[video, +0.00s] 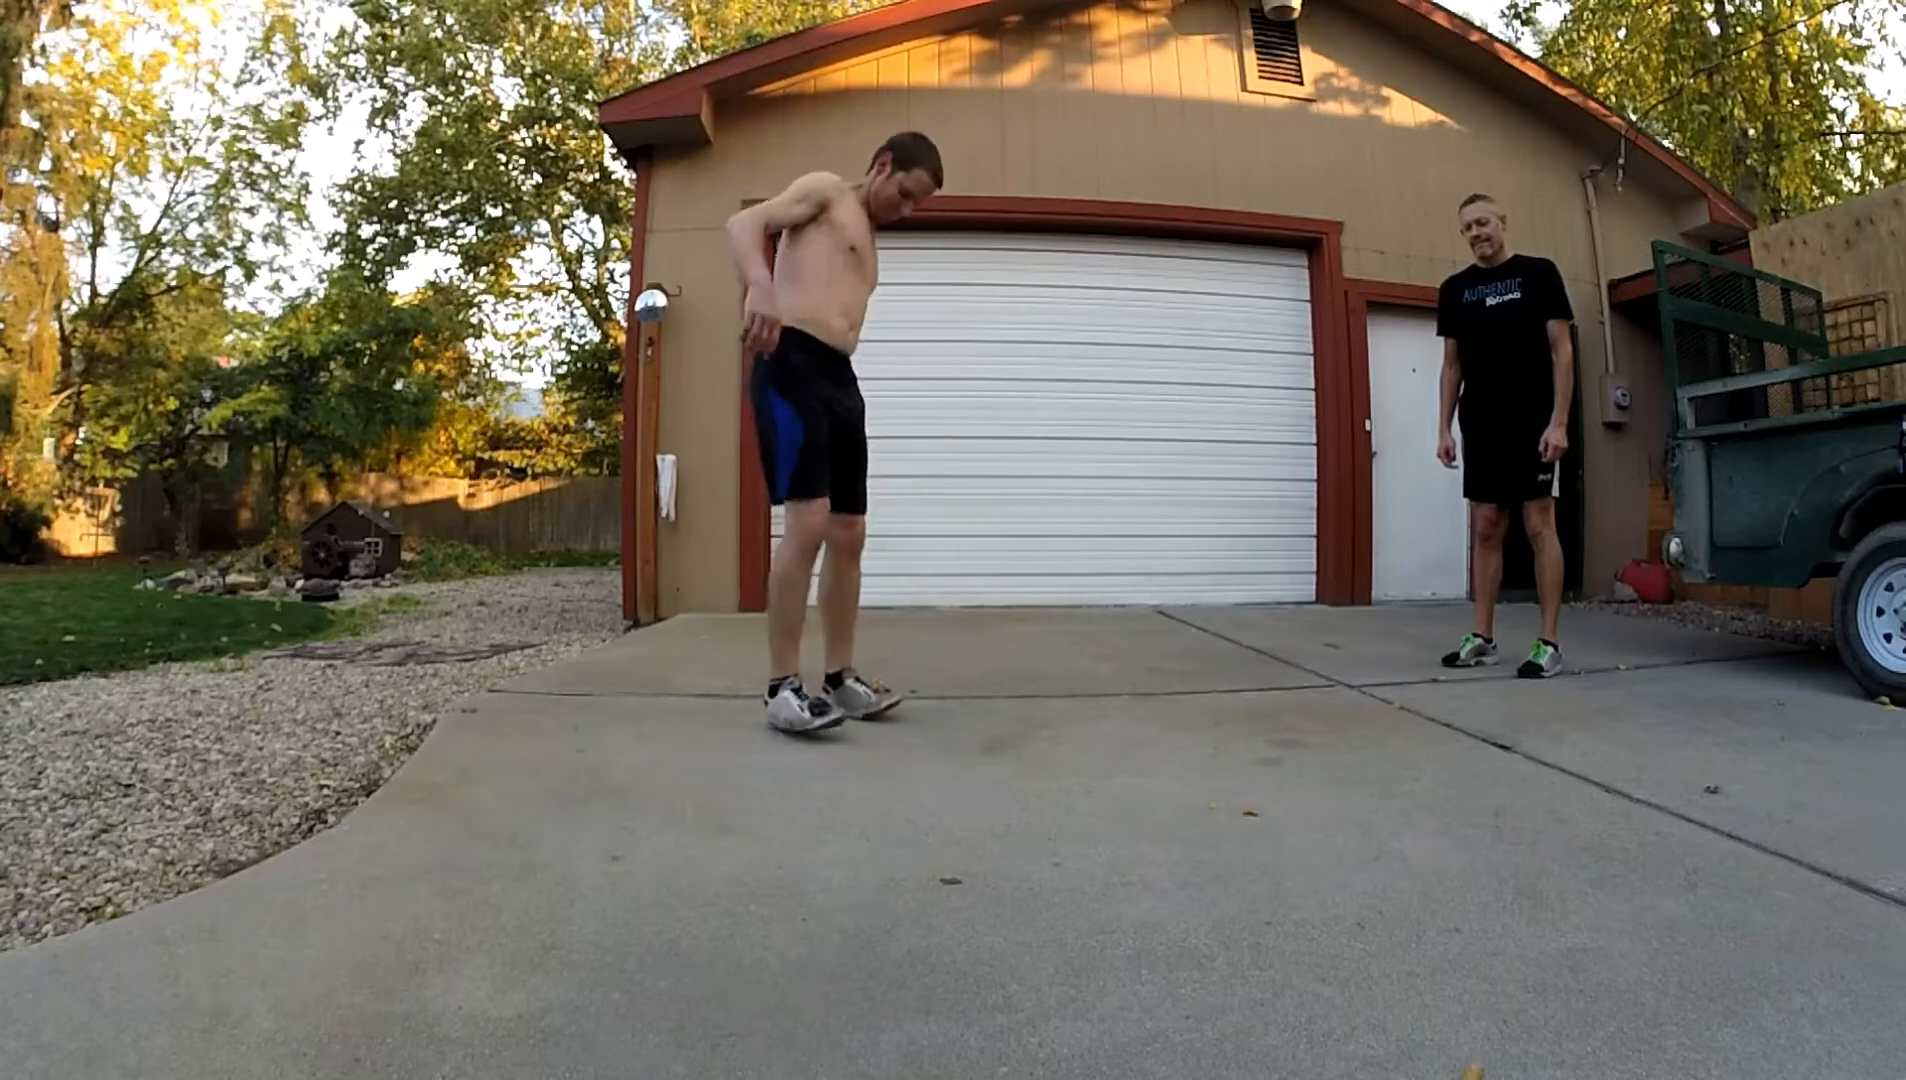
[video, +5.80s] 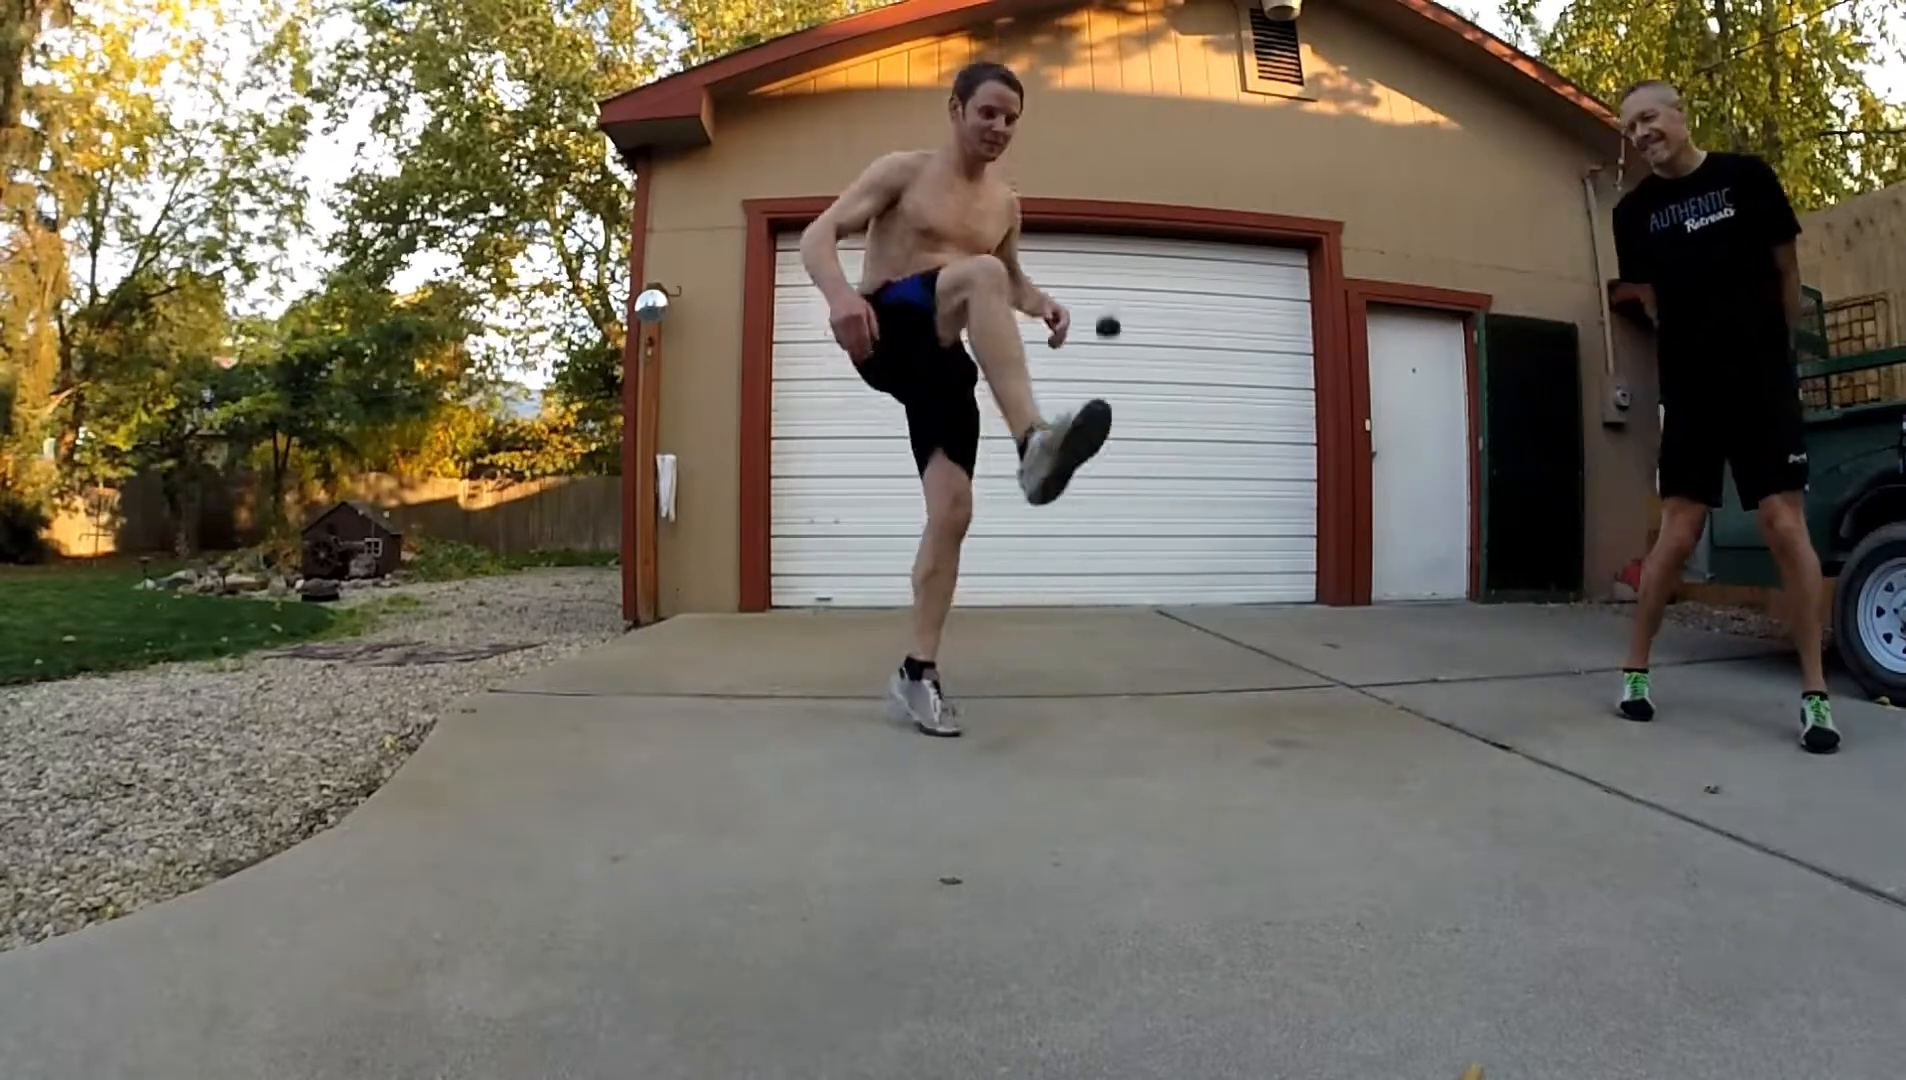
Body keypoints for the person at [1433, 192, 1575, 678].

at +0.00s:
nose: (1477, 232)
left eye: (1483, 223)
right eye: (1469, 227)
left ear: (1503, 224)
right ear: (1462, 236)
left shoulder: (1539, 273)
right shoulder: (1455, 290)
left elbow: (1562, 349)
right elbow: (1452, 363)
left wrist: (1559, 422)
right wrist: (1445, 428)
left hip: (1534, 420)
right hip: (1482, 423)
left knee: (1539, 527)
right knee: (1486, 528)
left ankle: (1549, 641)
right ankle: (1482, 636)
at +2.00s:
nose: (1473, 230)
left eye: (1480, 221)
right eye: (1465, 225)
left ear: (1501, 223)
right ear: (1459, 235)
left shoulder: (1536, 273)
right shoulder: (1453, 290)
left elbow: (1560, 350)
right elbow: (1451, 364)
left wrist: (1556, 421)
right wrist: (1444, 428)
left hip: (1532, 420)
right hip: (1481, 423)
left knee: (1537, 527)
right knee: (1485, 529)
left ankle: (1548, 641)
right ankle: (1481, 636)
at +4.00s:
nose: (1556, 209)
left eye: (1565, 199)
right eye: (1547, 201)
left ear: (1586, 202)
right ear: (1537, 207)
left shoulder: (1614, 262)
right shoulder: (1515, 261)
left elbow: (1622, 336)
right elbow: (1507, 335)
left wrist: (1616, 388)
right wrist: (1524, 377)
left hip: (1592, 404)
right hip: (1537, 403)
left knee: (1581, 523)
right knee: (1536, 520)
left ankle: (1573, 648)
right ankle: (1506, 625)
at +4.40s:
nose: (1571, 200)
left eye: (1579, 189)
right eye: (1561, 193)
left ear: (1600, 191)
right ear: (1552, 201)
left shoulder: (1632, 257)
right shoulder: (1533, 253)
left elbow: (1635, 338)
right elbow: (1520, 339)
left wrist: (1617, 378)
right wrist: (1550, 380)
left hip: (1614, 397)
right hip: (1558, 399)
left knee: (1598, 527)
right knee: (1588, 520)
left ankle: (1576, 650)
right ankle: (1608, 655)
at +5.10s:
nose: (1583, 159)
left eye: (1590, 145)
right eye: (1571, 153)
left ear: (1618, 141)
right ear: (1565, 163)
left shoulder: (1666, 204)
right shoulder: (1558, 226)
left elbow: (1680, 284)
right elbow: (1557, 319)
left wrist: (1645, 337)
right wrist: (1597, 356)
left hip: (1668, 377)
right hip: (1608, 386)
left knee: (1687, 524)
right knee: (1635, 522)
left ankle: (1649, 646)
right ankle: (1630, 670)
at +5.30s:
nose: (1585, 148)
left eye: (1591, 135)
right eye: (1574, 144)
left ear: (1621, 132)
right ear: (1569, 156)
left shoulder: (1677, 200)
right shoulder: (1563, 221)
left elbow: (1696, 288)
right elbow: (1568, 315)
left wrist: (1667, 341)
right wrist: (1612, 349)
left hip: (1682, 376)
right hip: (1617, 385)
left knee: (1723, 524)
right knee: (1642, 524)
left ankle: (1738, 668)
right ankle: (1631, 670)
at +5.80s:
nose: (1641, 131)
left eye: (1650, 116)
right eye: (1631, 126)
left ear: (1684, 119)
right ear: (1629, 143)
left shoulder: (1748, 176)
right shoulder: (1633, 214)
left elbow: (1787, 275)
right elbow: (1649, 303)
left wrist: (1772, 343)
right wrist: (1695, 345)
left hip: (1762, 376)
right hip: (1691, 385)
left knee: (1785, 527)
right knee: (1679, 534)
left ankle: (1815, 691)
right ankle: (1635, 671)